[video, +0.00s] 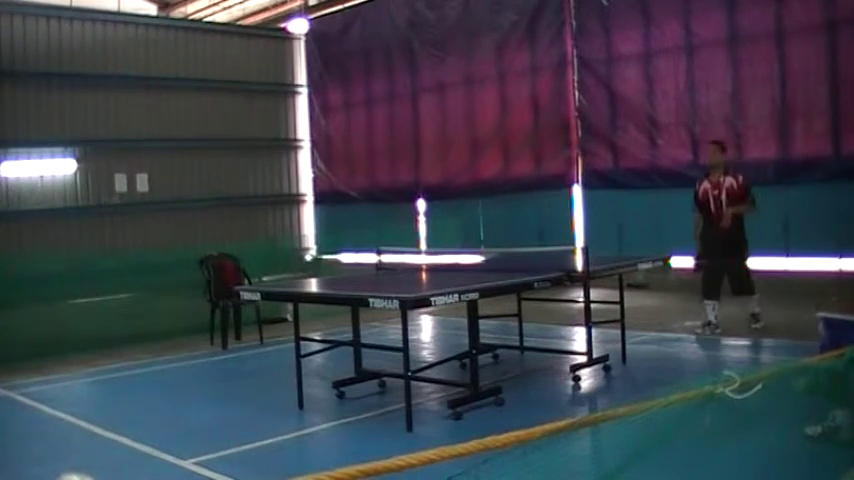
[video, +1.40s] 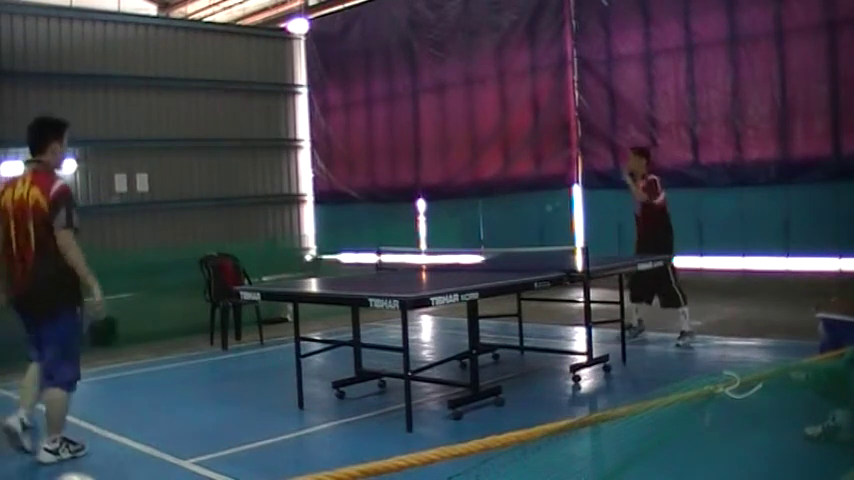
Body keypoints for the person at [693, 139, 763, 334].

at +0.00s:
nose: (712, 158)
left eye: (716, 154)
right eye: (710, 154)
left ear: (724, 156)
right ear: (707, 158)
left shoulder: (737, 181)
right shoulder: (702, 186)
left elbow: (749, 205)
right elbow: (699, 216)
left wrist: (731, 210)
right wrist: (697, 243)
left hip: (733, 241)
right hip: (711, 242)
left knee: (742, 277)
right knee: (710, 280)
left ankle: (754, 312)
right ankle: (711, 320)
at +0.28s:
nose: (692, 157)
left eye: (696, 152)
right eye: (690, 153)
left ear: (705, 155)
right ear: (689, 156)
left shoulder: (721, 179)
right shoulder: (686, 186)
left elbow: (732, 203)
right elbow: (684, 219)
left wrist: (714, 209)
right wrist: (678, 249)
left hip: (718, 235)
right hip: (698, 236)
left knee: (718, 274)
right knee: (702, 276)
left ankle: (725, 317)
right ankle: (710, 318)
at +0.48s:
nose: (684, 158)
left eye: (688, 154)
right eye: (683, 154)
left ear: (698, 157)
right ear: (681, 158)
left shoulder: (712, 181)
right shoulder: (679, 189)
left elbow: (724, 206)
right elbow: (675, 220)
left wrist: (706, 212)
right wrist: (668, 248)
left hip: (709, 234)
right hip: (690, 236)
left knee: (702, 272)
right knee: (696, 273)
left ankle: (699, 320)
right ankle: (709, 318)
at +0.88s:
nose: (674, 155)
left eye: (679, 151)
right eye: (674, 151)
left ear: (689, 155)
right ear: (673, 154)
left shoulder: (699, 182)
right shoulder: (668, 184)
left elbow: (708, 210)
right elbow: (661, 214)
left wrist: (684, 210)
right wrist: (657, 241)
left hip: (692, 242)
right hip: (672, 242)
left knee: (689, 285)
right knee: (679, 285)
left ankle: (690, 330)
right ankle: (685, 328)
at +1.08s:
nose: (659, 155)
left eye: (663, 151)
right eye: (659, 151)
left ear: (675, 155)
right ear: (663, 156)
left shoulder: (687, 180)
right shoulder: (660, 184)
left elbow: (693, 207)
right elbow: (656, 216)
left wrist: (670, 202)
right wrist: (649, 240)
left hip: (682, 242)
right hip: (662, 241)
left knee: (684, 284)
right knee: (654, 280)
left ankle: (689, 328)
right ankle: (656, 318)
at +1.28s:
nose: (642, 160)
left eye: (645, 156)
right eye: (641, 157)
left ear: (656, 159)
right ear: (645, 160)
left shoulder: (667, 182)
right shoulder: (647, 185)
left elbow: (670, 202)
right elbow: (648, 218)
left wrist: (649, 192)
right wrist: (645, 240)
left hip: (670, 243)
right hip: (652, 242)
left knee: (678, 285)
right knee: (646, 282)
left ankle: (689, 327)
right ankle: (640, 321)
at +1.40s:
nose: (629, 163)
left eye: (633, 159)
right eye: (630, 159)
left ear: (643, 161)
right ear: (639, 162)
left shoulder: (653, 181)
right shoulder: (641, 184)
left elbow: (644, 198)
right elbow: (644, 222)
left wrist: (630, 181)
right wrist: (641, 245)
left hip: (660, 244)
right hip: (644, 245)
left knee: (671, 286)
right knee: (637, 284)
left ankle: (686, 327)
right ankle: (637, 323)